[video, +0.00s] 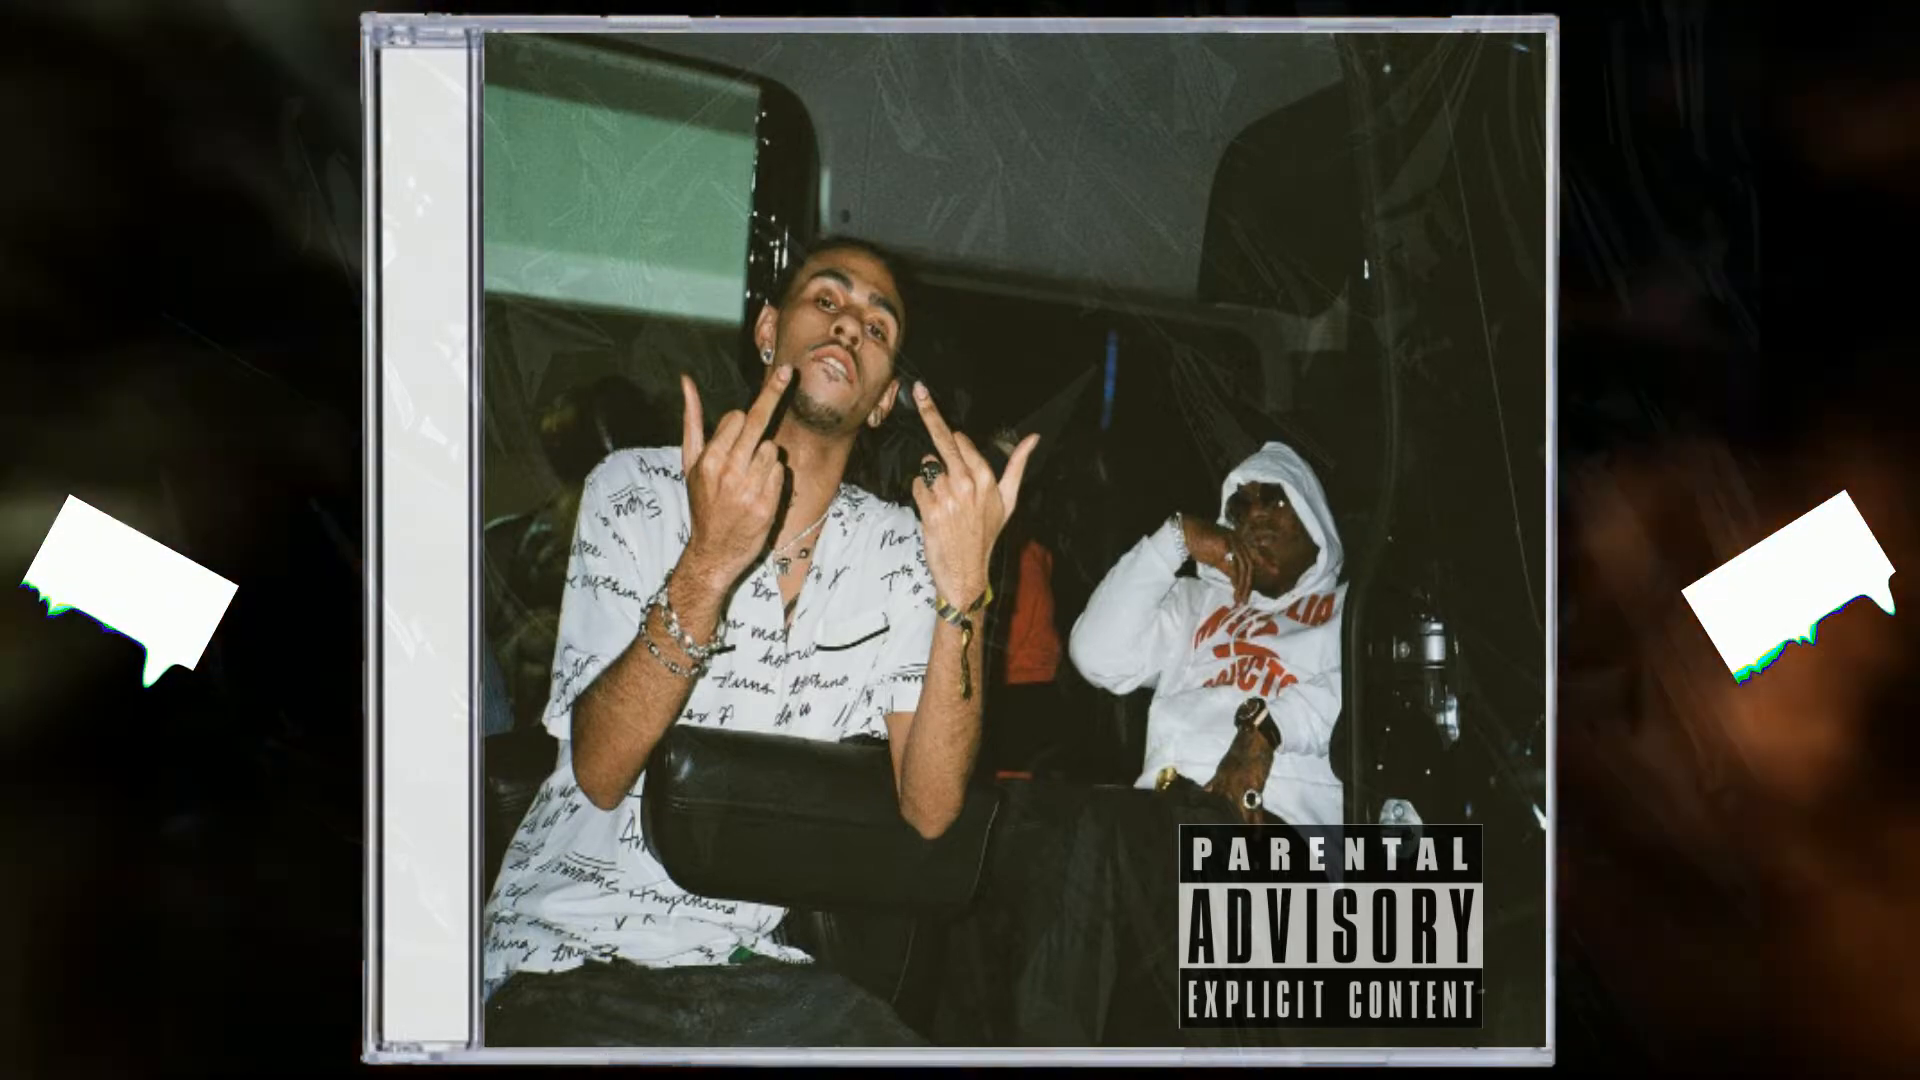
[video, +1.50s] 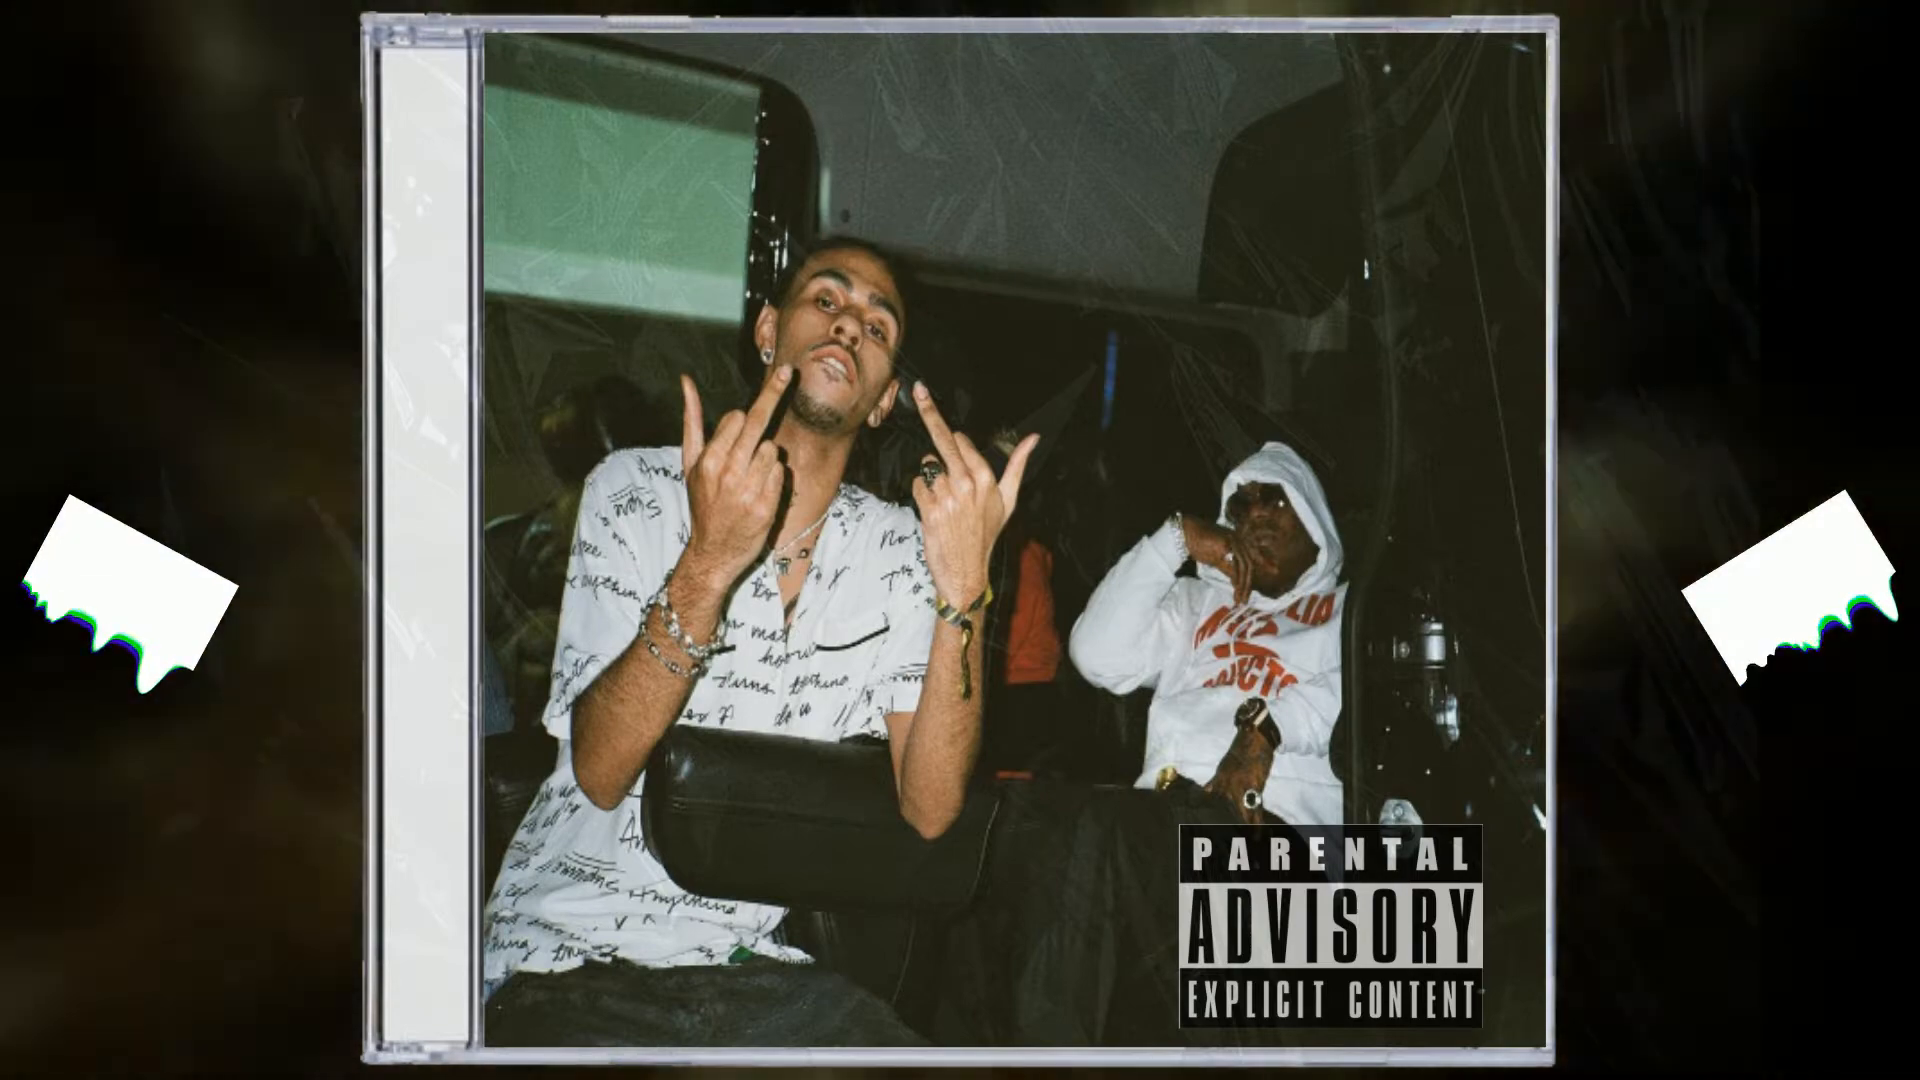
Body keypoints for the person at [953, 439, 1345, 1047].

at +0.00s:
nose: (1258, 520)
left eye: (1278, 503)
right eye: (1243, 504)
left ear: (1318, 524)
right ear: (1226, 525)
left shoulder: (1350, 610)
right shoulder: (1195, 602)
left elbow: (1343, 703)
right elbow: (1099, 658)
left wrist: (1264, 727)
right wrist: (1177, 538)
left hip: (1284, 818)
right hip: (1163, 808)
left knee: (1101, 823)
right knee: (1029, 812)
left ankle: (1050, 1050)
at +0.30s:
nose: (1258, 520)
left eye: (1278, 503)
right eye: (1243, 505)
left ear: (1317, 525)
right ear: (1226, 526)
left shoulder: (1349, 610)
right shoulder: (1195, 602)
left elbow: (1343, 703)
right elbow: (1099, 658)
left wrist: (1264, 727)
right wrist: (1177, 539)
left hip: (1283, 819)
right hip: (1163, 808)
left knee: (1102, 822)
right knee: (1028, 810)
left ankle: (1050, 1052)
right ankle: (969, 1048)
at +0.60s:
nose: (1258, 520)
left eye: (1278, 503)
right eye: (1244, 504)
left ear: (1317, 524)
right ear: (1227, 525)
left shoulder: (1349, 610)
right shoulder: (1196, 601)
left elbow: (1343, 709)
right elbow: (1099, 658)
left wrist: (1260, 726)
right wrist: (1177, 539)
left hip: (1284, 820)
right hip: (1163, 808)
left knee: (1102, 823)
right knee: (1028, 810)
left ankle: (1051, 1051)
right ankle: (969, 1047)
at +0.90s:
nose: (1257, 518)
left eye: (1278, 501)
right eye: (1244, 503)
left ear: (1318, 520)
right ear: (1226, 523)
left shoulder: (1351, 606)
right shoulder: (1198, 601)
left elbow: (1338, 703)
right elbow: (1099, 657)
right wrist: (1177, 538)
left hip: (1282, 817)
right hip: (1165, 806)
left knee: (1101, 823)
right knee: (1024, 809)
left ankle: (1052, 1052)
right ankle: (967, 1045)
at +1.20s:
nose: (1258, 518)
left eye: (1279, 501)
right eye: (1245, 502)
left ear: (1318, 522)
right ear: (1227, 523)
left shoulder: (1352, 607)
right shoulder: (1197, 601)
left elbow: (1348, 702)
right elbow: (1099, 657)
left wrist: (1268, 725)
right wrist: (1177, 539)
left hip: (1283, 817)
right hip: (1166, 806)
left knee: (1102, 823)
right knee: (1026, 809)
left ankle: (1051, 1052)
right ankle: (970, 1047)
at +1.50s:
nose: (1258, 518)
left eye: (1278, 501)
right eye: (1245, 503)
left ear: (1318, 521)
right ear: (1227, 523)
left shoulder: (1351, 607)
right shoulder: (1198, 601)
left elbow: (1342, 703)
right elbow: (1099, 657)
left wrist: (1268, 726)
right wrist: (1177, 539)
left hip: (1282, 817)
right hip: (1166, 806)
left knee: (1101, 824)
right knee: (1025, 809)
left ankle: (1052, 1053)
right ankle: (969, 1046)